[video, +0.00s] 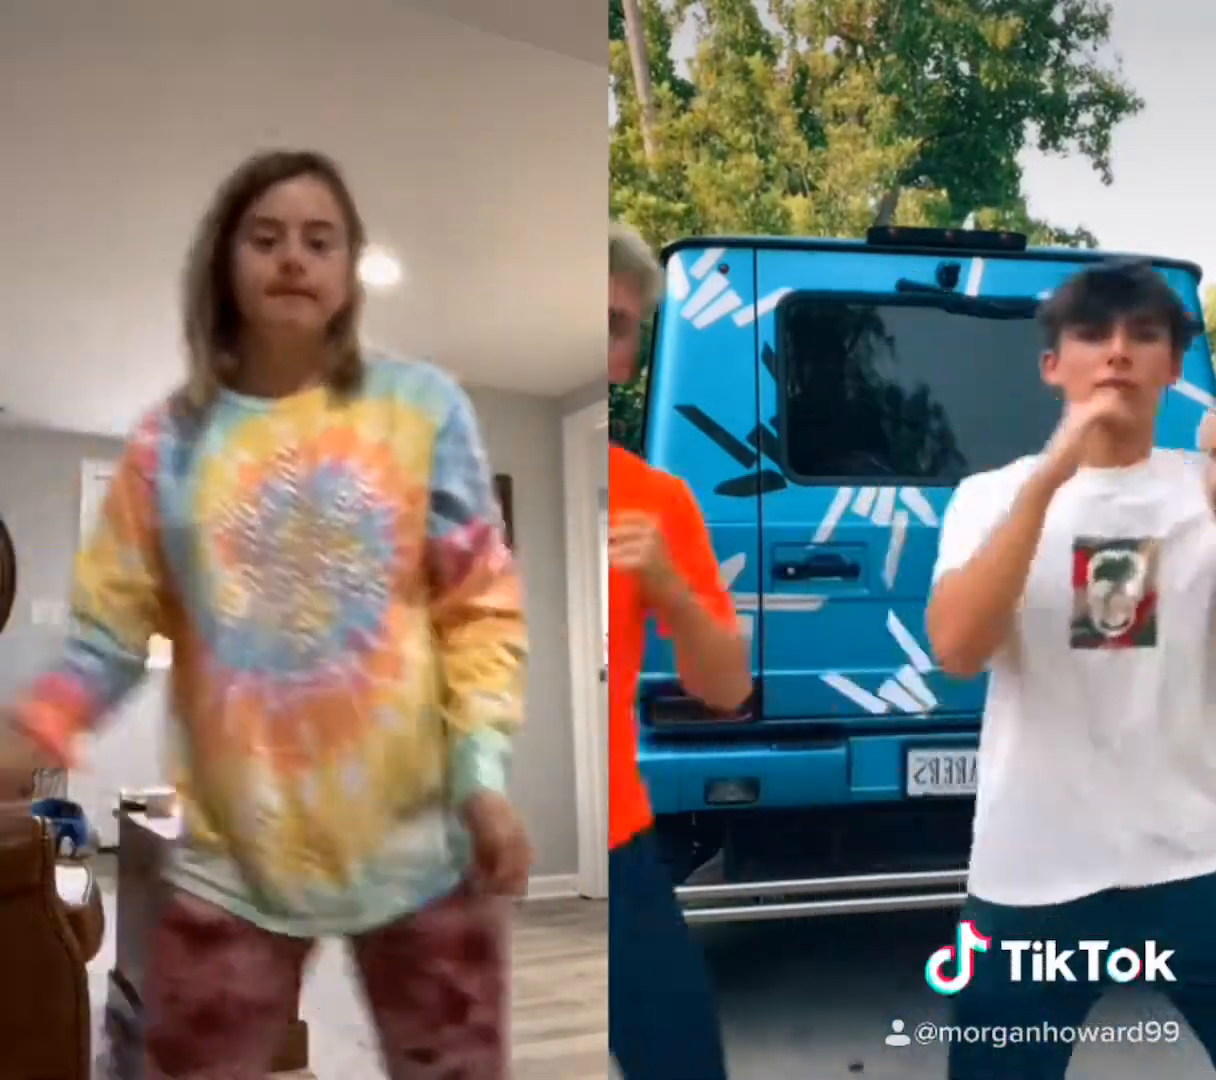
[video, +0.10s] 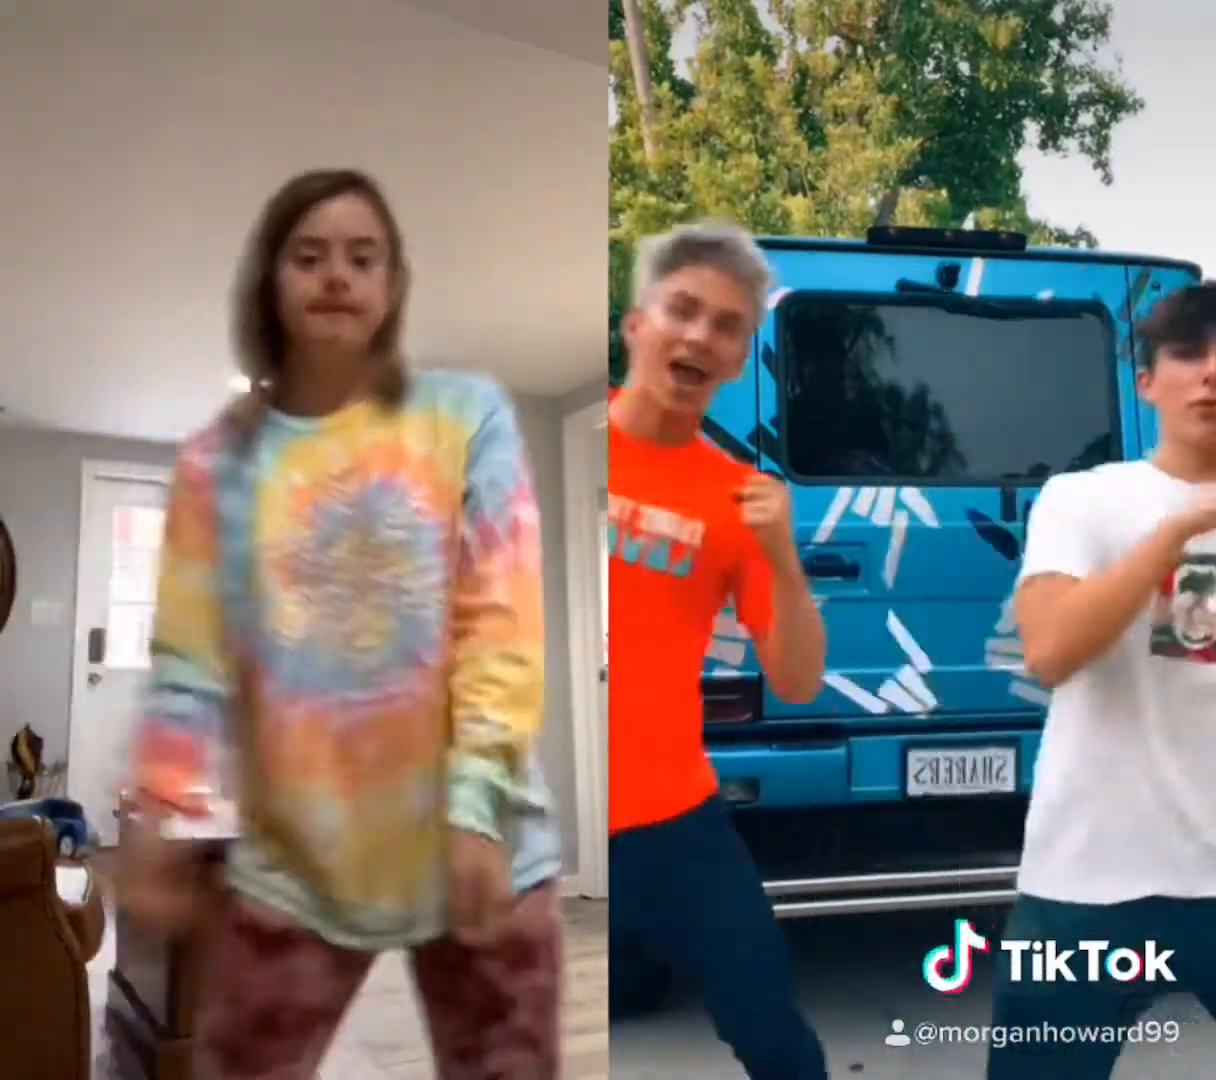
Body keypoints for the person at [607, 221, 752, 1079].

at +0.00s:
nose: (597, 345)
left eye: (617, 327)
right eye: (588, 319)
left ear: (639, 346)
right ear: (553, 319)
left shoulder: (654, 499)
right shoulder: (463, 481)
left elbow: (727, 690)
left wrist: (669, 589)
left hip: (608, 838)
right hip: (469, 832)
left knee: (680, 1051)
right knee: (466, 1056)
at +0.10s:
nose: (698, 339)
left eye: (726, 325)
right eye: (682, 308)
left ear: (745, 355)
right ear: (633, 323)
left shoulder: (738, 494)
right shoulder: (551, 443)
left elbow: (797, 682)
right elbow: (466, 599)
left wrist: (781, 558)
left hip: (666, 815)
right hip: (532, 806)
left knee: (777, 1044)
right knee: (516, 1052)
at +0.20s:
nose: (792, 406)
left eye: (818, 392)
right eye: (777, 376)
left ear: (833, 423)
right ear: (731, 388)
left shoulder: (818, 562)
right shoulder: (628, 469)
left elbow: (842, 741)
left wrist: (879, 626)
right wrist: (590, 537)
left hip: (750, 850)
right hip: (611, 850)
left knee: (834, 1057)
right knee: (585, 1063)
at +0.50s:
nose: (892, 447)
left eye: (916, 432)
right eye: (876, 420)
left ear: (933, 454)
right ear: (833, 428)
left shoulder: (883, 594)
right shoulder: (724, 480)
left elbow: (823, 730)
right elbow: (572, 553)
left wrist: (908, 709)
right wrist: (692, 578)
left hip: (784, 839)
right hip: (654, 837)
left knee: (859, 1037)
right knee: (677, 1067)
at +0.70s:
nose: (802, 478)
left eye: (824, 459)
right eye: (782, 456)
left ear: (853, 480)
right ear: (749, 469)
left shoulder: (849, 625)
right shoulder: (657, 551)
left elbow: (871, 777)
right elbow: (567, 677)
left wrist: (934, 716)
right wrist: (605, 645)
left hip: (774, 874)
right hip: (638, 875)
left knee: (886, 1049)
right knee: (586, 1062)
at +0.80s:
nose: (685, 407)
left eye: (707, 388)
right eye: (665, 388)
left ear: (740, 410)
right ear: (636, 406)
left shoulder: (777, 552)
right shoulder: (583, 512)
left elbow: (851, 700)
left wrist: (838, 596)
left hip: (720, 855)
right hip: (589, 856)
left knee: (822, 1057)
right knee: (574, 1061)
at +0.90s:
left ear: (605, 341)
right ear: (506, 329)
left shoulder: (669, 479)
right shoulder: (479, 473)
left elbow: (751, 633)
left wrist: (690, 549)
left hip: (625, 806)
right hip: (491, 808)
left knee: (731, 1030)